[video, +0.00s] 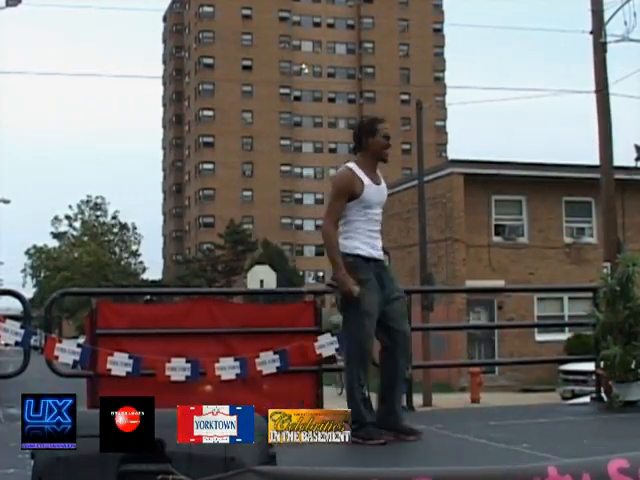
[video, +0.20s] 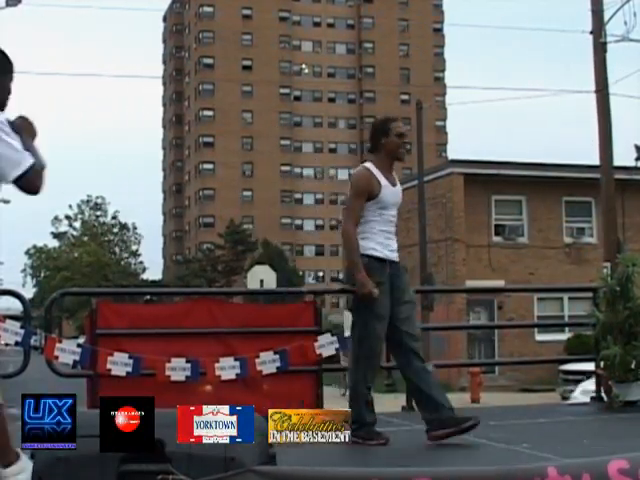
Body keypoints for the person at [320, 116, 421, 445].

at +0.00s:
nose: (390, 143)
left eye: (390, 138)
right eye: (384, 138)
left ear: (376, 144)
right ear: (366, 142)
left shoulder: (379, 178)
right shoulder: (347, 177)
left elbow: (372, 228)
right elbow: (328, 226)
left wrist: (383, 267)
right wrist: (341, 272)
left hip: (380, 266)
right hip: (356, 266)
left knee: (398, 338)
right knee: (359, 346)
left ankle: (389, 417)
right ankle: (361, 424)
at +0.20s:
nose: (406, 141)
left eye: (405, 136)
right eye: (400, 136)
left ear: (391, 144)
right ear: (381, 142)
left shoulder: (393, 177)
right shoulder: (365, 176)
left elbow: (385, 228)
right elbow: (348, 227)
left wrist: (393, 268)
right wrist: (358, 274)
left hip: (393, 268)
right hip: (370, 267)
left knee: (407, 346)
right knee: (367, 349)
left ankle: (440, 420)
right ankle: (361, 426)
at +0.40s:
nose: (426, 141)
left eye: (428, 136)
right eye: (420, 135)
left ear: (423, 142)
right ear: (401, 139)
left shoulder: (415, 178)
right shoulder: (383, 173)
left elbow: (411, 227)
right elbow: (366, 222)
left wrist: (422, 264)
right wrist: (373, 272)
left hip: (419, 268)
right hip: (391, 268)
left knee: (430, 349)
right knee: (387, 352)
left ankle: (441, 427)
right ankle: (363, 424)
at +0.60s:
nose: (446, 135)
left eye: (447, 130)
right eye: (439, 130)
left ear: (444, 138)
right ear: (420, 135)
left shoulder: (442, 179)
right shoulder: (401, 169)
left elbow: (441, 226)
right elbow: (378, 215)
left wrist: (448, 260)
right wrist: (384, 262)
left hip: (442, 265)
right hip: (412, 264)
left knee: (446, 346)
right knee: (418, 340)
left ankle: (442, 425)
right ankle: (380, 406)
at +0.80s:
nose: (459, 130)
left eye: (460, 125)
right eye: (451, 126)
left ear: (458, 132)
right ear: (433, 133)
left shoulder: (461, 177)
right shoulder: (415, 166)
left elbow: (470, 228)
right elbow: (392, 212)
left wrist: (485, 275)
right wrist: (396, 260)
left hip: (452, 264)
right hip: (422, 261)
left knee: (452, 345)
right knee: (429, 343)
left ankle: (446, 426)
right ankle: (421, 429)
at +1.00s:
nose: (467, 128)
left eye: (470, 123)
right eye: (460, 124)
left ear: (473, 129)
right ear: (442, 130)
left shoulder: (477, 173)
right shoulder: (424, 165)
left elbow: (493, 221)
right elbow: (402, 214)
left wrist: (513, 259)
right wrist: (399, 265)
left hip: (463, 264)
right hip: (430, 262)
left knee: (459, 346)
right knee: (444, 344)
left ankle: (440, 426)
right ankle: (462, 427)